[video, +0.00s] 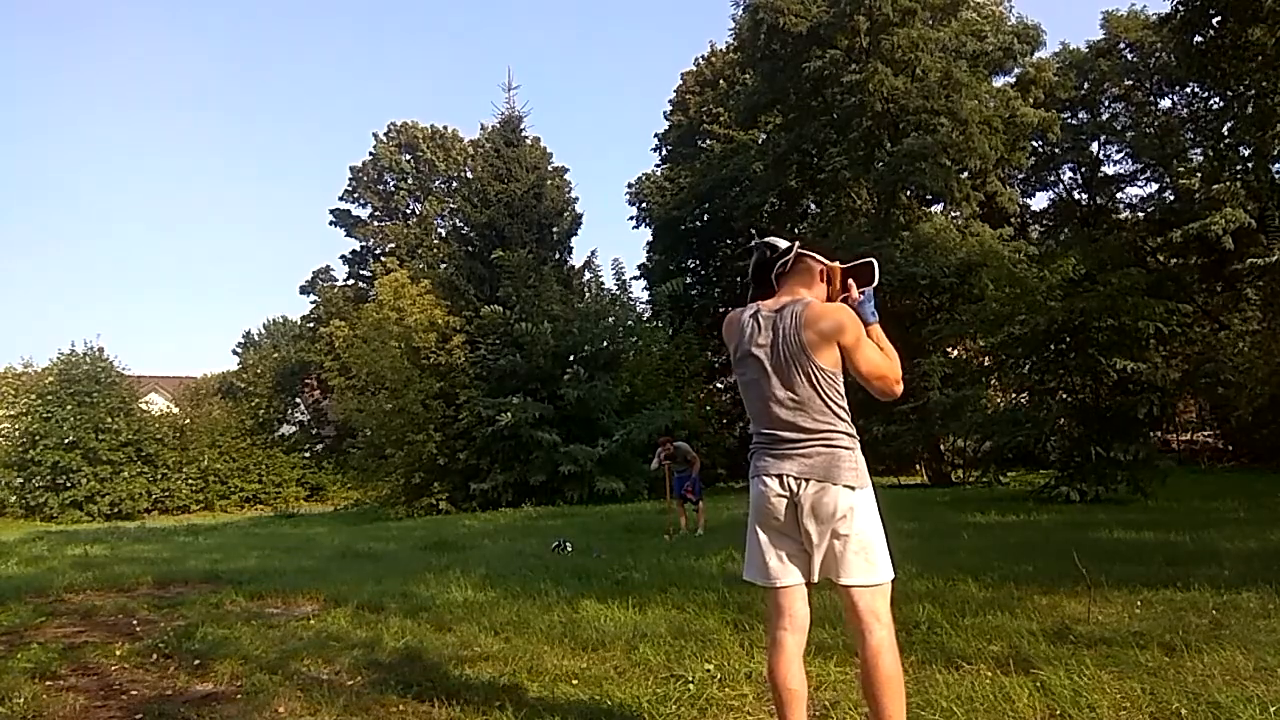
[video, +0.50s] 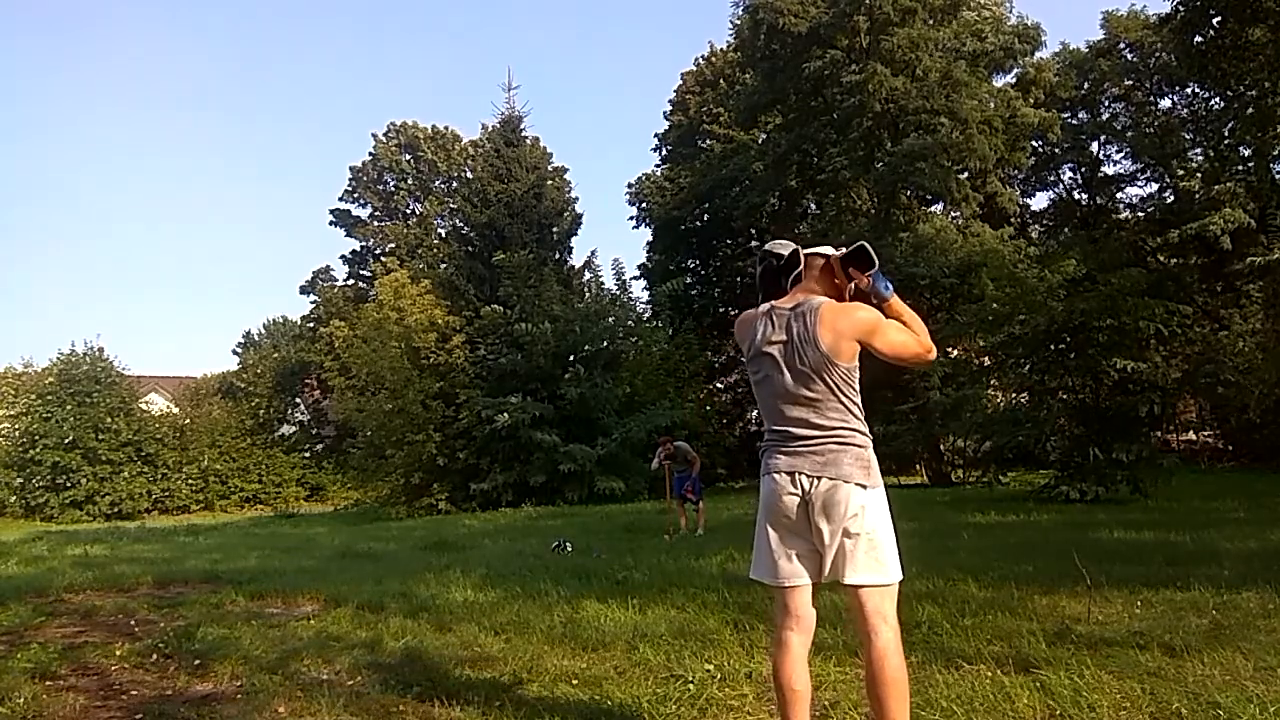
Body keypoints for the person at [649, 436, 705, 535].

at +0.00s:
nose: (667, 452)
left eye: (668, 449)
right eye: (665, 450)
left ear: (672, 446)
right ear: (662, 449)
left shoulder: (682, 447)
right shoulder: (660, 452)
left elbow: (696, 461)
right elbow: (652, 467)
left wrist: (692, 480)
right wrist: (660, 460)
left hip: (690, 472)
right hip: (677, 475)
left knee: (697, 501)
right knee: (679, 502)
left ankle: (700, 528)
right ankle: (683, 528)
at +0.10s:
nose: (667, 452)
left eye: (668, 449)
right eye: (665, 450)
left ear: (672, 446)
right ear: (662, 449)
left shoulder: (682, 447)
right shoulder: (660, 452)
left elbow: (696, 461)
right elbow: (652, 467)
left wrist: (692, 480)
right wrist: (660, 460)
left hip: (690, 472)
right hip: (677, 475)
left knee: (697, 501)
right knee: (679, 502)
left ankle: (700, 528)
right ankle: (683, 528)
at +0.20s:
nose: (667, 452)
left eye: (668, 449)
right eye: (665, 450)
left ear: (672, 446)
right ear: (662, 449)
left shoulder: (682, 447)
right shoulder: (660, 451)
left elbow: (696, 461)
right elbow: (652, 467)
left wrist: (692, 480)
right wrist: (660, 460)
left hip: (690, 472)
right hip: (677, 474)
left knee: (697, 501)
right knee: (679, 502)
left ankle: (700, 528)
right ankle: (683, 528)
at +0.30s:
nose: (667, 452)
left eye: (668, 449)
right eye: (665, 450)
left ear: (672, 445)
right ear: (662, 449)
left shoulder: (682, 447)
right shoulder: (660, 451)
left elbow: (697, 461)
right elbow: (653, 467)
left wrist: (692, 480)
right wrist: (660, 461)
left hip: (690, 472)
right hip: (677, 474)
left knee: (697, 501)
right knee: (679, 502)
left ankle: (700, 527)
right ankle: (683, 528)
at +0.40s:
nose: (667, 452)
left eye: (669, 449)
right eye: (665, 450)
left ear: (672, 446)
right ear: (662, 449)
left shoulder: (682, 447)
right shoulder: (661, 451)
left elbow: (697, 461)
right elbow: (653, 467)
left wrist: (692, 480)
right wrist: (660, 461)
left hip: (690, 472)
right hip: (677, 474)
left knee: (697, 501)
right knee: (679, 502)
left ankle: (700, 527)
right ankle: (683, 528)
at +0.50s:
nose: (668, 452)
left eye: (669, 449)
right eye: (665, 450)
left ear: (673, 445)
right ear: (662, 449)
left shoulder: (682, 447)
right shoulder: (661, 451)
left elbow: (697, 461)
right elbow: (653, 467)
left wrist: (692, 480)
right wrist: (660, 460)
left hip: (690, 472)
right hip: (677, 474)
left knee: (697, 501)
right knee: (679, 502)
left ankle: (700, 527)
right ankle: (683, 528)